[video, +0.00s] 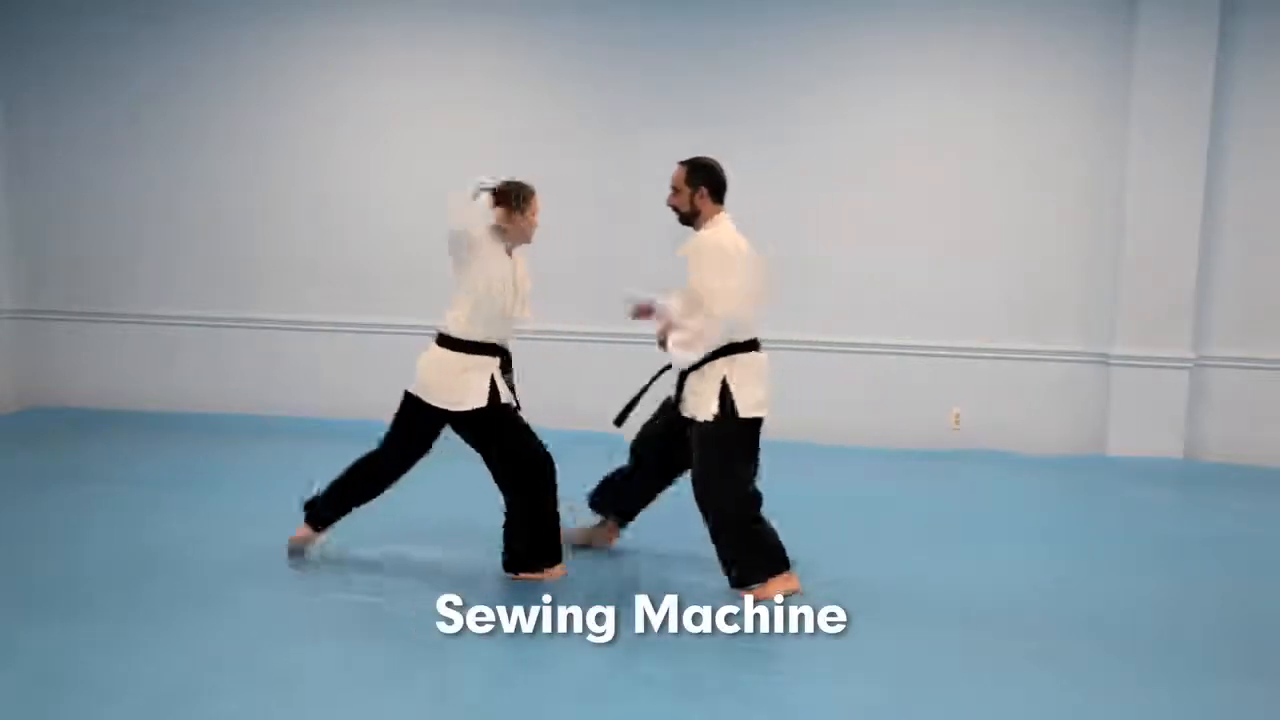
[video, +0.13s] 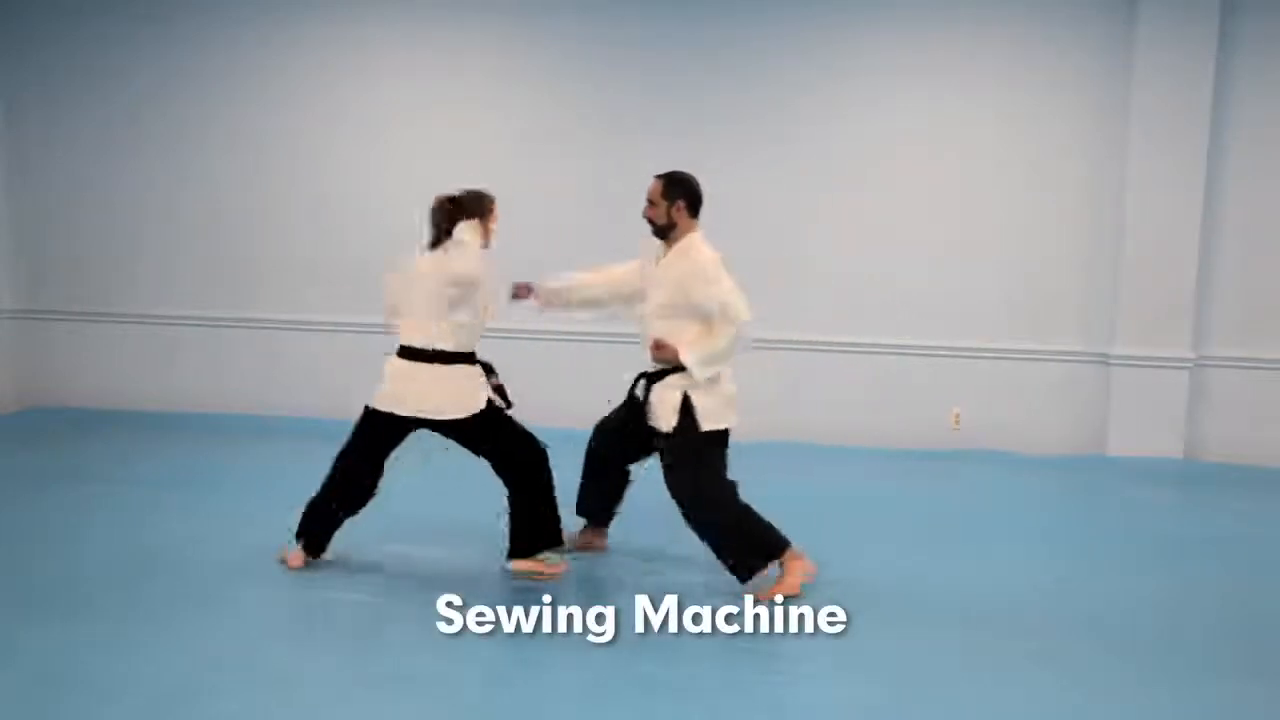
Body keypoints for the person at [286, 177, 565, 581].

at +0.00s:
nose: (538, 224)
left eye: (537, 216)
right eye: (533, 216)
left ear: (511, 217)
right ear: (511, 218)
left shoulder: (512, 260)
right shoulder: (476, 248)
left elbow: (500, 334)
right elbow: (462, 228)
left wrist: (510, 392)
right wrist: (476, 195)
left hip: (439, 376)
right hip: (464, 382)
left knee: (391, 459)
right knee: (532, 466)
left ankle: (315, 521)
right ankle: (527, 563)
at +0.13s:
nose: (495, 230)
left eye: (495, 222)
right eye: (493, 222)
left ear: (449, 223)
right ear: (478, 224)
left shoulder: (414, 265)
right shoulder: (475, 263)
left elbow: (395, 321)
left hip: (400, 393)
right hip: (455, 398)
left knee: (354, 466)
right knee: (527, 458)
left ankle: (306, 547)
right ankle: (527, 553)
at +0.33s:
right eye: (441, 238)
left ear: (398, 243)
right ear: (440, 242)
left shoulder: (384, 284)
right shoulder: (465, 284)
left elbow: (368, 334)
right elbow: (517, 300)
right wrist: (508, 259)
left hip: (393, 413)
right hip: (454, 415)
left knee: (321, 453)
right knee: (524, 468)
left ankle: (294, 549)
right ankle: (542, 562)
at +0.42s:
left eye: (398, 239)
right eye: (438, 240)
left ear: (398, 246)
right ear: (438, 245)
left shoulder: (384, 288)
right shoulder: (459, 287)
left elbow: (390, 338)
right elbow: (512, 306)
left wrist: (381, 373)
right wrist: (499, 267)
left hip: (396, 416)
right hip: (454, 417)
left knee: (322, 453)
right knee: (525, 468)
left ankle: (295, 550)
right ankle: (541, 563)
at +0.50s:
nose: (397, 241)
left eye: (400, 237)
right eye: (438, 240)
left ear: (401, 244)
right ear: (440, 246)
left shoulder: (387, 288)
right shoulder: (460, 288)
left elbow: (378, 338)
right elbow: (509, 309)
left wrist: (374, 376)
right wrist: (501, 268)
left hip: (395, 416)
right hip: (455, 417)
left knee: (321, 452)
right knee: (528, 468)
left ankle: (294, 549)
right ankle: (541, 563)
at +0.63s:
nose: (442, 243)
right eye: (442, 238)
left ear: (403, 242)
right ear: (440, 243)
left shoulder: (385, 285)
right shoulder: (461, 286)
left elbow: (372, 342)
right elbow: (505, 309)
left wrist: (371, 375)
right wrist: (504, 267)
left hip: (393, 413)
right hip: (453, 414)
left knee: (322, 452)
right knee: (528, 466)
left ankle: (296, 549)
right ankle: (541, 563)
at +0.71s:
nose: (444, 239)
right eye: (443, 234)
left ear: (402, 238)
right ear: (440, 239)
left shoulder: (383, 281)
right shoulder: (461, 282)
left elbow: (356, 341)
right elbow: (506, 307)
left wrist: (380, 356)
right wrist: (503, 266)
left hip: (390, 408)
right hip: (451, 410)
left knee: (322, 452)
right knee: (523, 465)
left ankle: (296, 549)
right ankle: (542, 563)